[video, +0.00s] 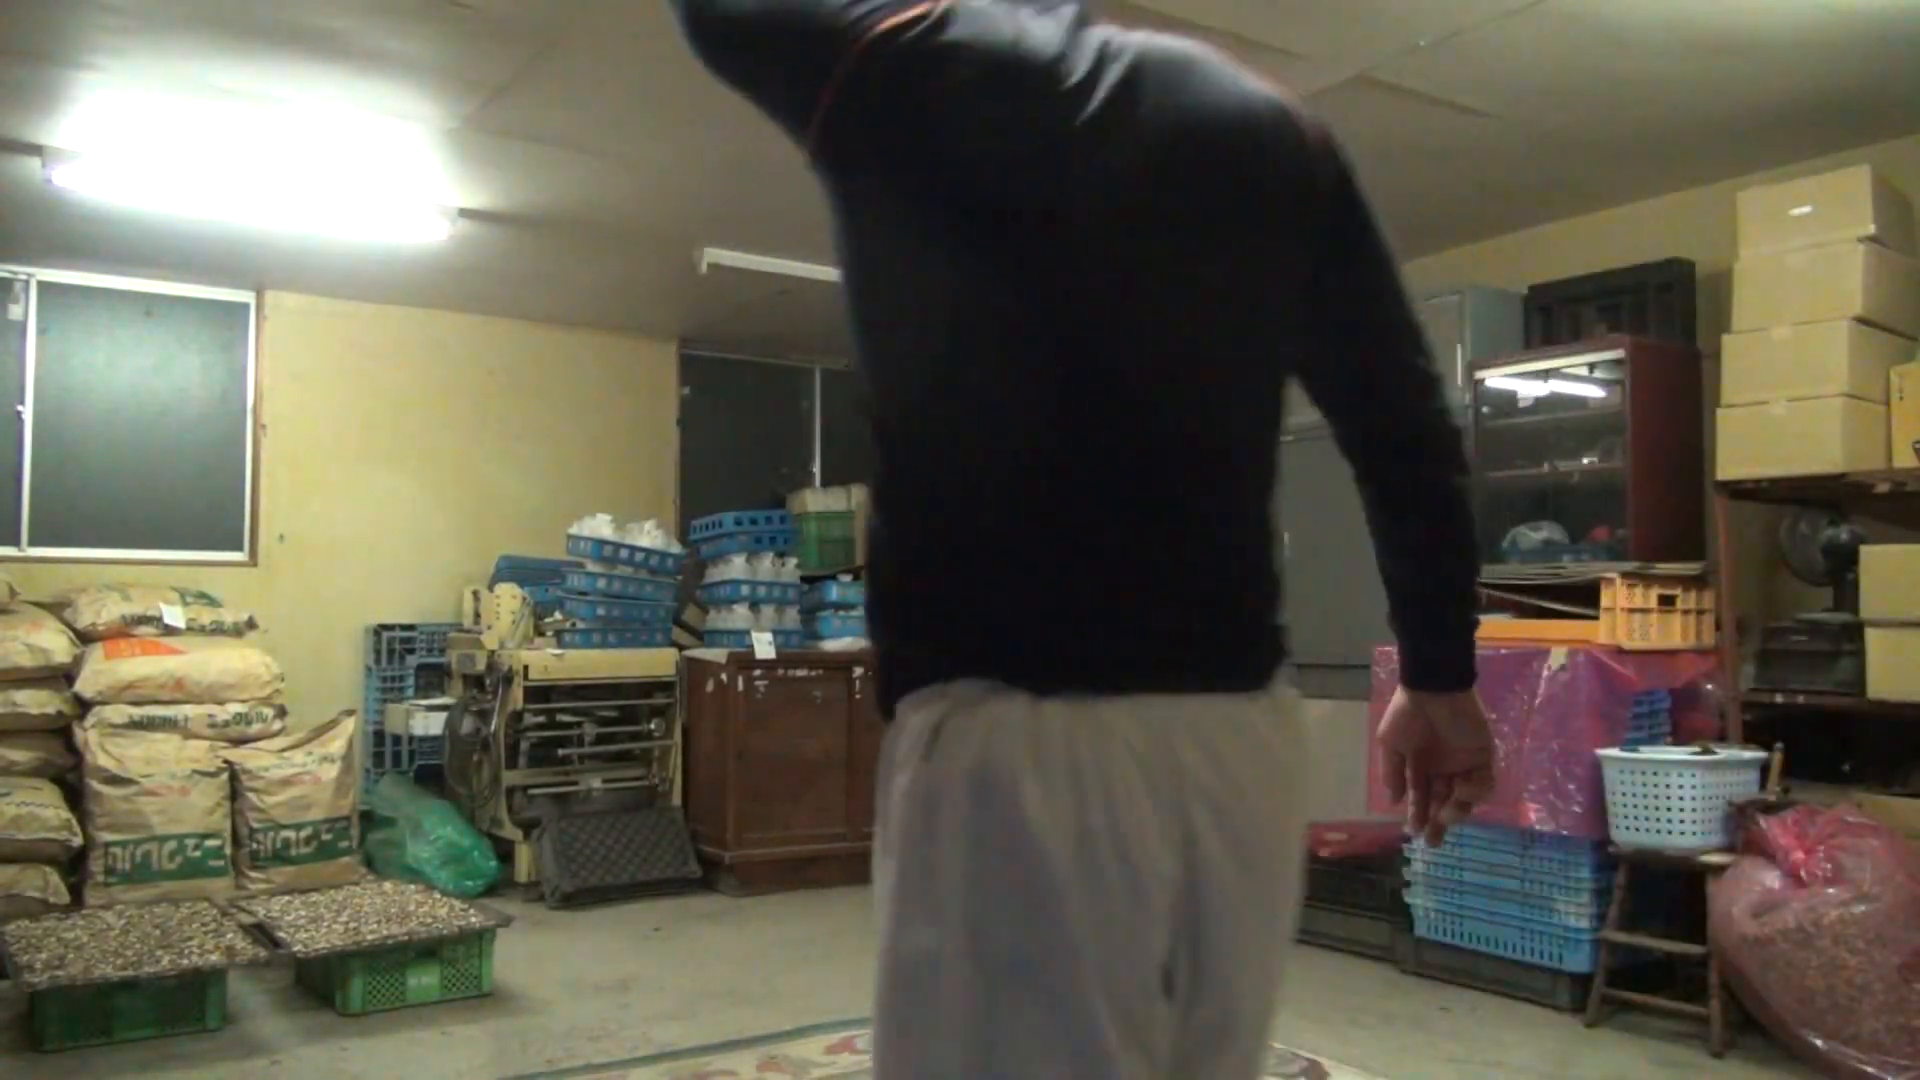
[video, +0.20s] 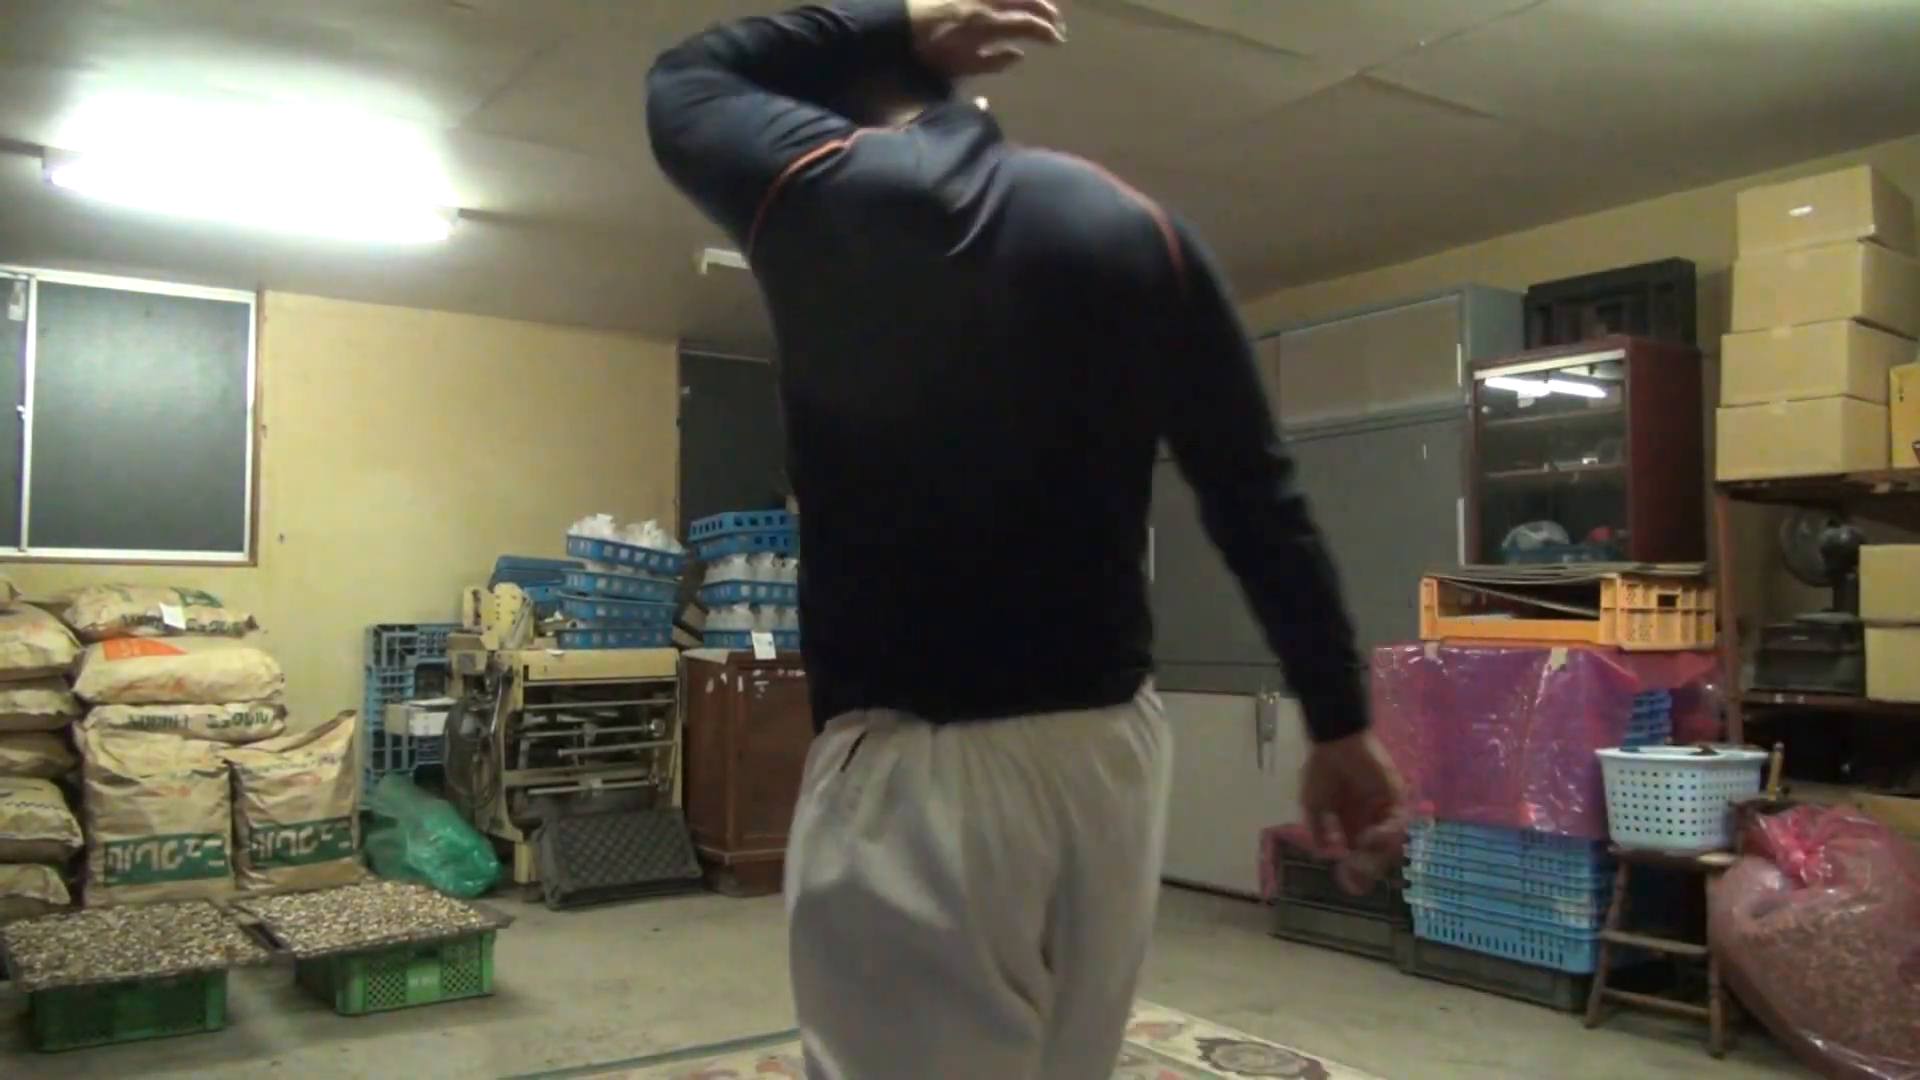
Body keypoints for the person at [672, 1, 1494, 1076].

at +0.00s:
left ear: (929, 3)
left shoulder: (898, 77)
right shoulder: (1275, 134)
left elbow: (717, 9)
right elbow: (1407, 433)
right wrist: (1443, 681)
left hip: (1013, 756)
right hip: (1243, 751)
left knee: (1015, 1066)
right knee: (1212, 1070)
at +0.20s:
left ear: (852, 112)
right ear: (960, 97)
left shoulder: (814, 196)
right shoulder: (1137, 234)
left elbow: (687, 75)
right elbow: (1255, 496)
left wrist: (902, 31)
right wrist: (1340, 726)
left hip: (907, 786)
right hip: (1114, 772)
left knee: (914, 1062)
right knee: (1071, 1066)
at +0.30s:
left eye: (793, 153)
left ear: (814, 140)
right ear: (933, 117)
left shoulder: (801, 210)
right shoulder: (1097, 245)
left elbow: (672, 113)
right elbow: (1191, 500)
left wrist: (851, 22)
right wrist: (1241, 707)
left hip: (875, 766)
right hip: (1070, 753)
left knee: (831, 1063)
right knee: (1028, 1063)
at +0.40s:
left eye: (765, 169)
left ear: (787, 158)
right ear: (893, 128)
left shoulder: (782, 222)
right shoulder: (1059, 256)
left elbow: (646, 152)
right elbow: (1145, 502)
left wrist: (821, 70)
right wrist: (1143, 685)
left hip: (835, 730)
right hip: (1024, 730)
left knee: (750, 1057)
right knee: (986, 1059)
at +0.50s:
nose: (725, 196)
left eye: (723, 185)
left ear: (743, 185)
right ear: (881, 164)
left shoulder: (751, 249)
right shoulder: (1013, 279)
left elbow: (608, 237)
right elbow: (1084, 496)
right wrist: (1080, 658)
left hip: (791, 731)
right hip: (973, 734)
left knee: (711, 1054)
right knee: (970, 1053)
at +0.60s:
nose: (705, 224)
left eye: (705, 210)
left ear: (722, 205)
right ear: (858, 197)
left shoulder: (694, 293)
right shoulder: (956, 309)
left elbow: (579, 370)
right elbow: (1025, 511)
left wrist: (702, 261)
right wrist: (1005, 642)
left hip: (736, 739)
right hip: (911, 739)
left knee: (694, 1057)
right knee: (925, 1053)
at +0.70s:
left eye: (684, 225)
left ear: (693, 229)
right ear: (825, 229)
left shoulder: (634, 333)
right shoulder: (905, 342)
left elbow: (566, 493)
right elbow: (972, 527)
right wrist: (953, 645)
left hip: (672, 743)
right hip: (839, 747)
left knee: (645, 1050)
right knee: (887, 1043)